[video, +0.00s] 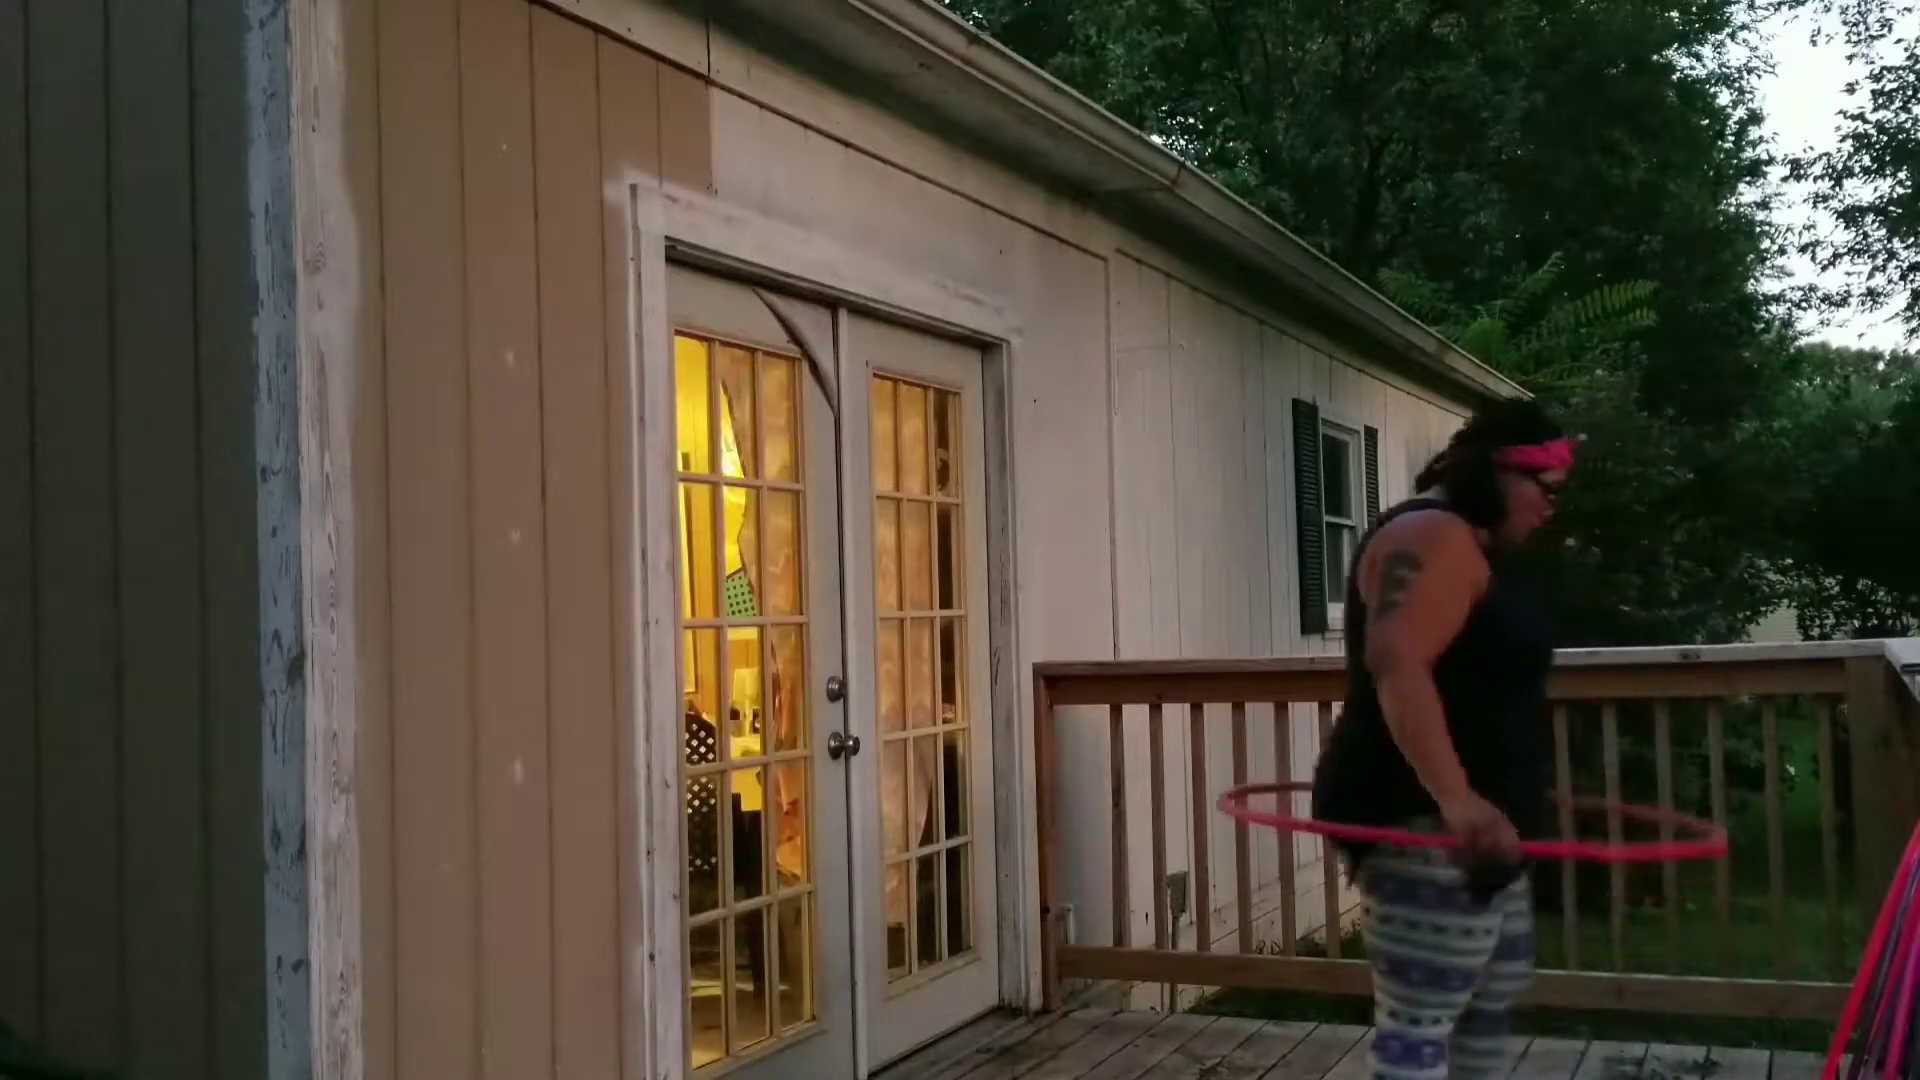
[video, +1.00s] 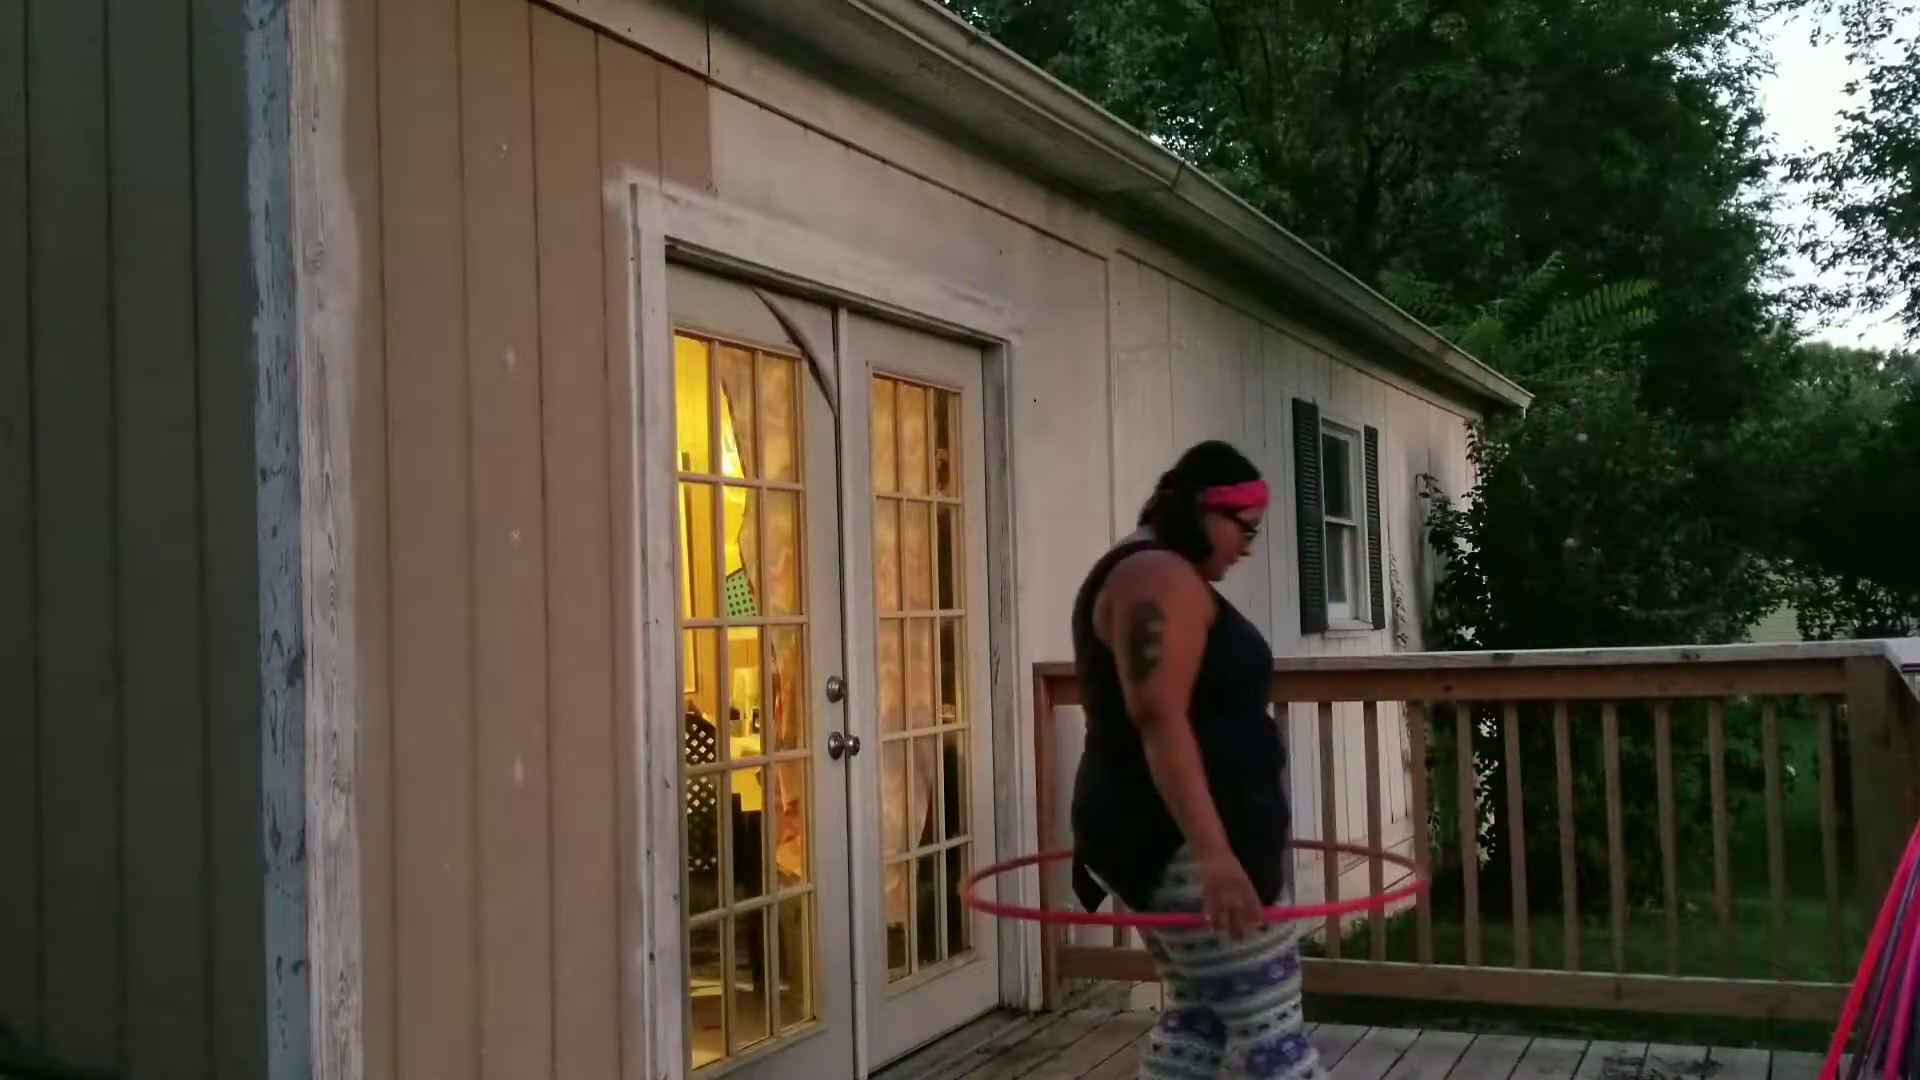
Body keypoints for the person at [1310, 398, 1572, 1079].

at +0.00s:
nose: (1550, 505)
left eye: (1555, 491)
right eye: (1543, 485)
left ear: (1491, 475)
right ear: (1493, 471)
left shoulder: (1474, 546)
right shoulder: (1432, 538)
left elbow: (1469, 686)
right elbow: (1395, 662)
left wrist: (1519, 796)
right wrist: (1454, 795)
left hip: (1489, 811)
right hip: (1417, 815)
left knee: (1498, 988)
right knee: (1422, 1019)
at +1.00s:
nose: (1248, 543)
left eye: (1253, 530)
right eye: (1241, 524)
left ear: (1189, 511)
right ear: (1198, 509)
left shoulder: (1146, 573)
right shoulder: (1158, 577)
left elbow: (1153, 726)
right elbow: (1158, 720)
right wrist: (1214, 853)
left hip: (1160, 838)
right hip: (1188, 842)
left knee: (1198, 1019)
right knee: (1271, 1024)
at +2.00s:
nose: (1303, 489)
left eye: (1300, 475)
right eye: (1292, 475)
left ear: (1242, 483)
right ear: (1251, 484)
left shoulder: (1175, 560)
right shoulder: (1231, 561)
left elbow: (1169, 709)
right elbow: (1218, 701)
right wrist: (1273, 832)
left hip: (1171, 827)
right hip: (1242, 835)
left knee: (1162, 1016)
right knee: (1296, 1033)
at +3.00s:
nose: (1241, 475)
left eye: (1237, 462)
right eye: (1229, 463)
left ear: (1165, 479)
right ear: (1188, 477)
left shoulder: (1119, 560)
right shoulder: (1181, 540)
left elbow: (1084, 671)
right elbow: (1136, 646)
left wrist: (1183, 667)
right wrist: (1232, 608)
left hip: (1169, 814)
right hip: (1242, 812)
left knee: (1184, 1001)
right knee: (1316, 1012)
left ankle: (1165, 1073)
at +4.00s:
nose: (1417, 482)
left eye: (1412, 468)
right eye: (1404, 469)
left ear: (1331, 482)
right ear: (1361, 479)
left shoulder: (1263, 563)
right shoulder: (1368, 553)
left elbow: (1198, 668)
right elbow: (1357, 665)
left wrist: (1215, 773)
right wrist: (1455, 804)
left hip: (1277, 827)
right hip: (1380, 828)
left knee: (1325, 1009)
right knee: (1418, 1031)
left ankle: (1239, 1078)